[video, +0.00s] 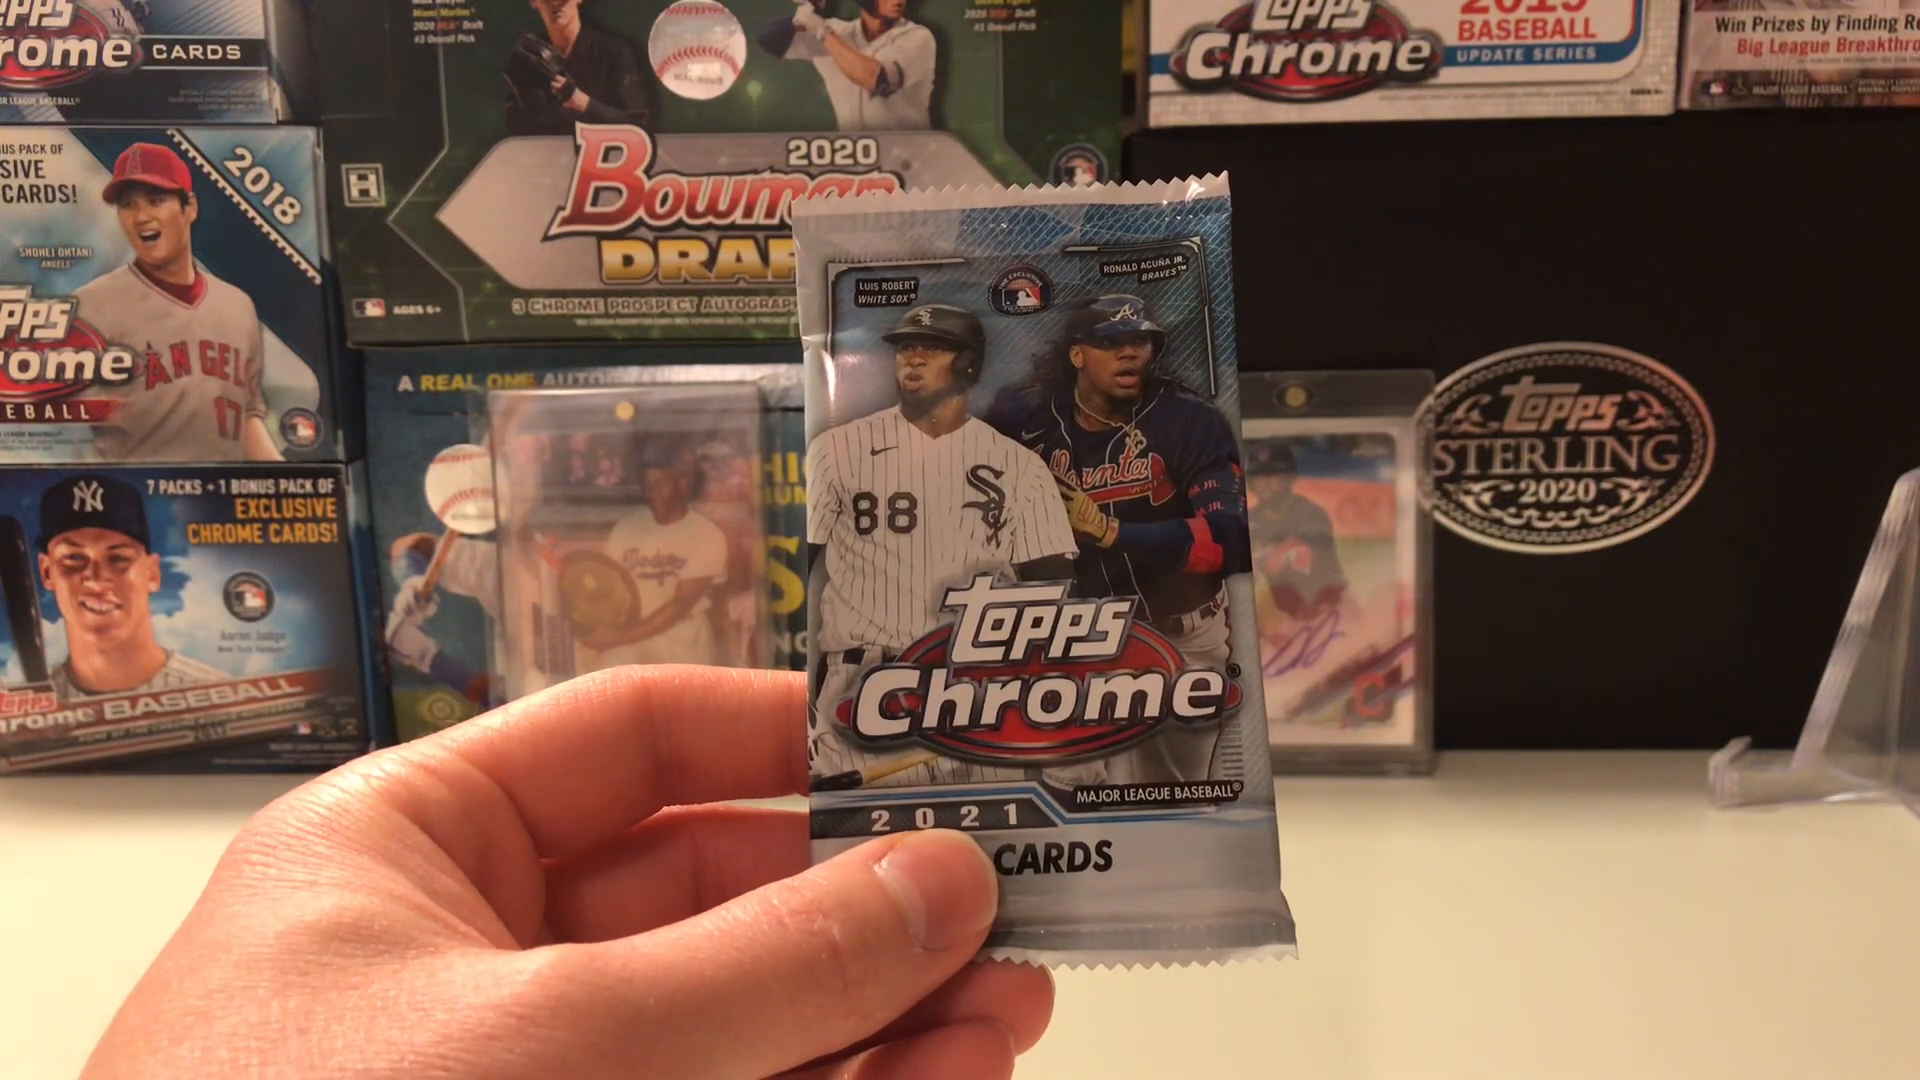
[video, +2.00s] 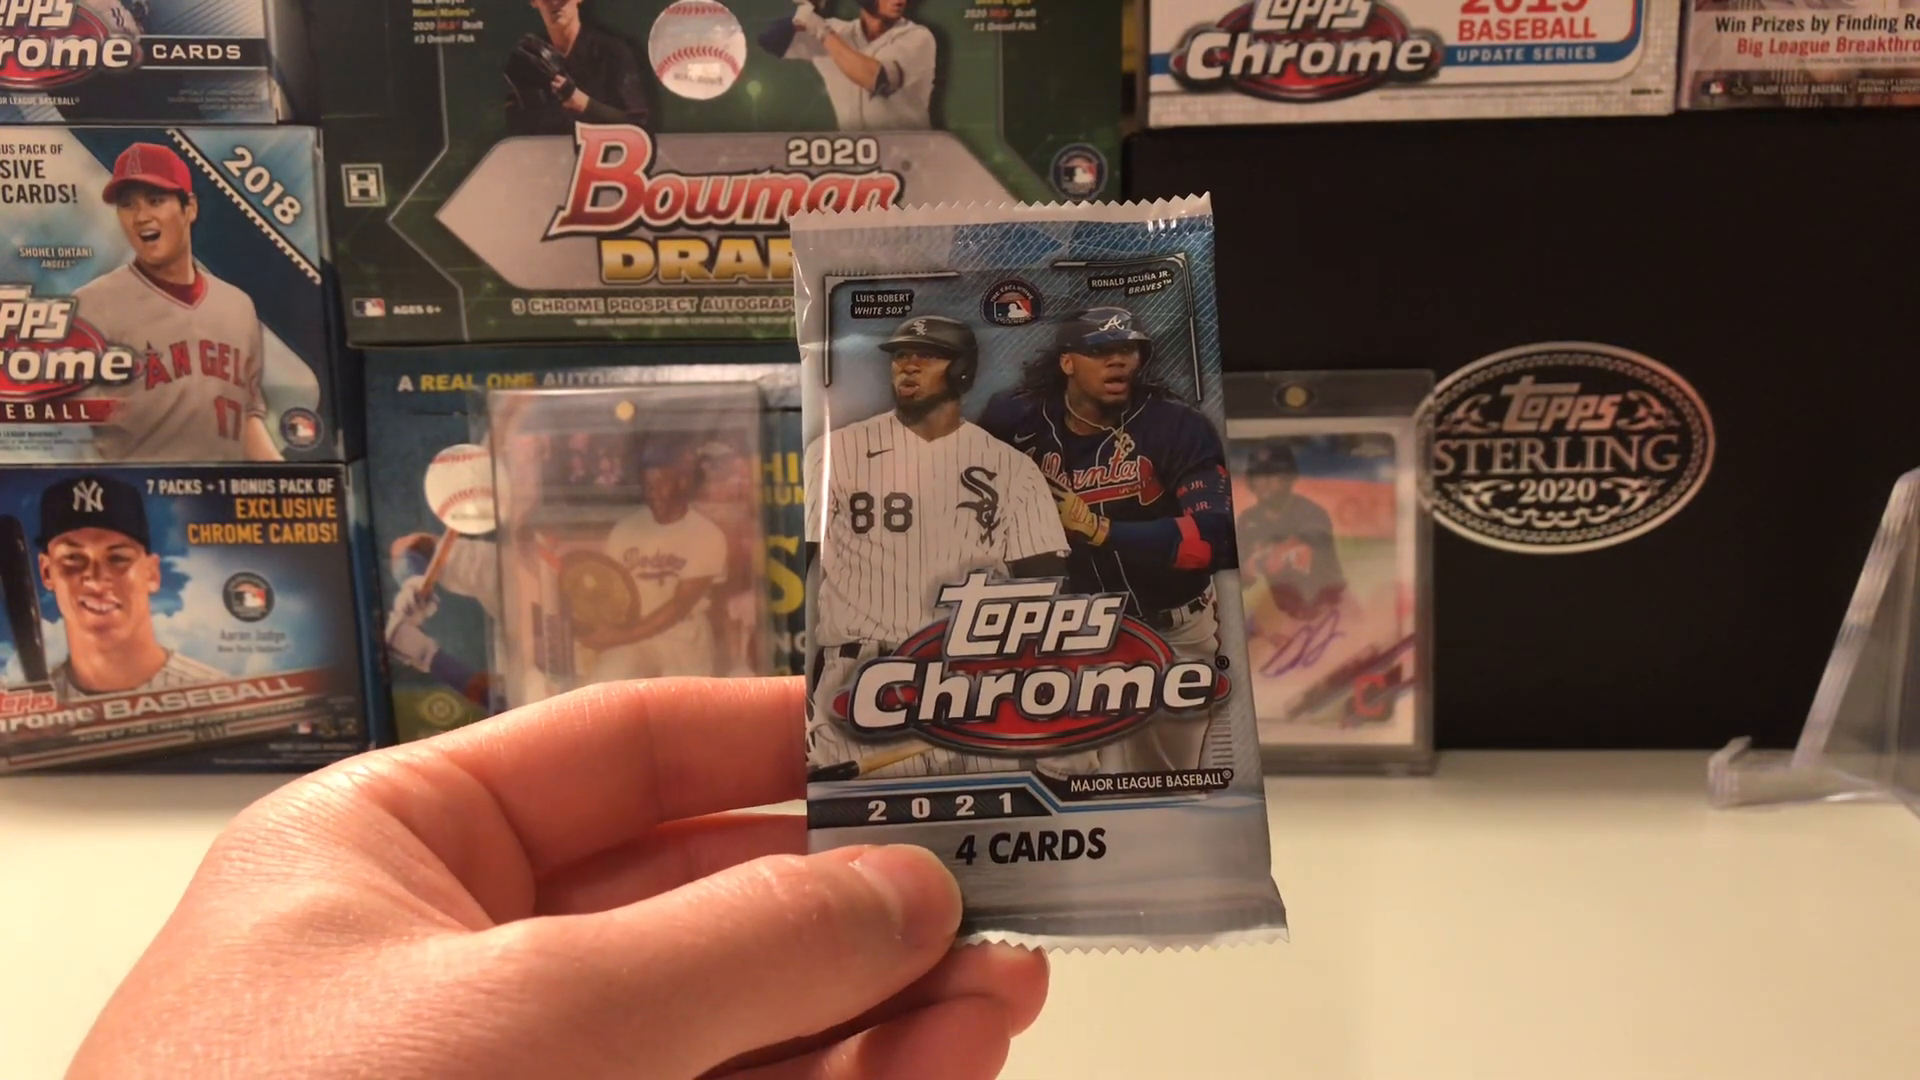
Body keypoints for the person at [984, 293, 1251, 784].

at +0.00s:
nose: (1132, 354)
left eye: (1141, 341)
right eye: (1114, 343)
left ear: (1154, 348)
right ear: (1077, 355)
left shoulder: (1191, 423)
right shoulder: (1024, 418)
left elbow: (1228, 537)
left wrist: (1113, 531)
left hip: (1184, 631)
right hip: (1073, 638)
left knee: (1184, 802)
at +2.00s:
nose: (1121, 362)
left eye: (1129, 350)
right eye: (1104, 351)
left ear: (1142, 358)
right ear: (1068, 363)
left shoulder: (1179, 428)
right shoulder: (1016, 421)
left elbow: (1210, 537)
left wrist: (1101, 529)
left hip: (1174, 629)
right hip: (1065, 633)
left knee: (1169, 795)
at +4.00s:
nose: (1148, 365)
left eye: (1157, 353)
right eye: (1130, 354)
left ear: (1170, 361)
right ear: (1094, 366)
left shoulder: (1208, 432)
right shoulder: (1042, 426)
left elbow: (1242, 548)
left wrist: (1126, 538)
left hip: (1197, 639)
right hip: (1086, 642)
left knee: (1192, 809)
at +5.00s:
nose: (1213, 361)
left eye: (1221, 347)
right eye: (1194, 349)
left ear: (1234, 355)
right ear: (1155, 362)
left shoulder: (1274, 433)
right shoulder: (1097, 424)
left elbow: (1312, 557)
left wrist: (1191, 543)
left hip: (1264, 646)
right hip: (1143, 649)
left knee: (1265, 815)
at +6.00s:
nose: (1271, 373)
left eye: (1279, 360)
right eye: (1253, 361)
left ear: (1292, 368)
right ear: (1215, 372)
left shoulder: (1331, 444)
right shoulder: (1162, 435)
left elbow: (1373, 562)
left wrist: (1251, 550)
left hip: (1328, 657)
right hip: (1213, 659)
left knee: (1328, 827)